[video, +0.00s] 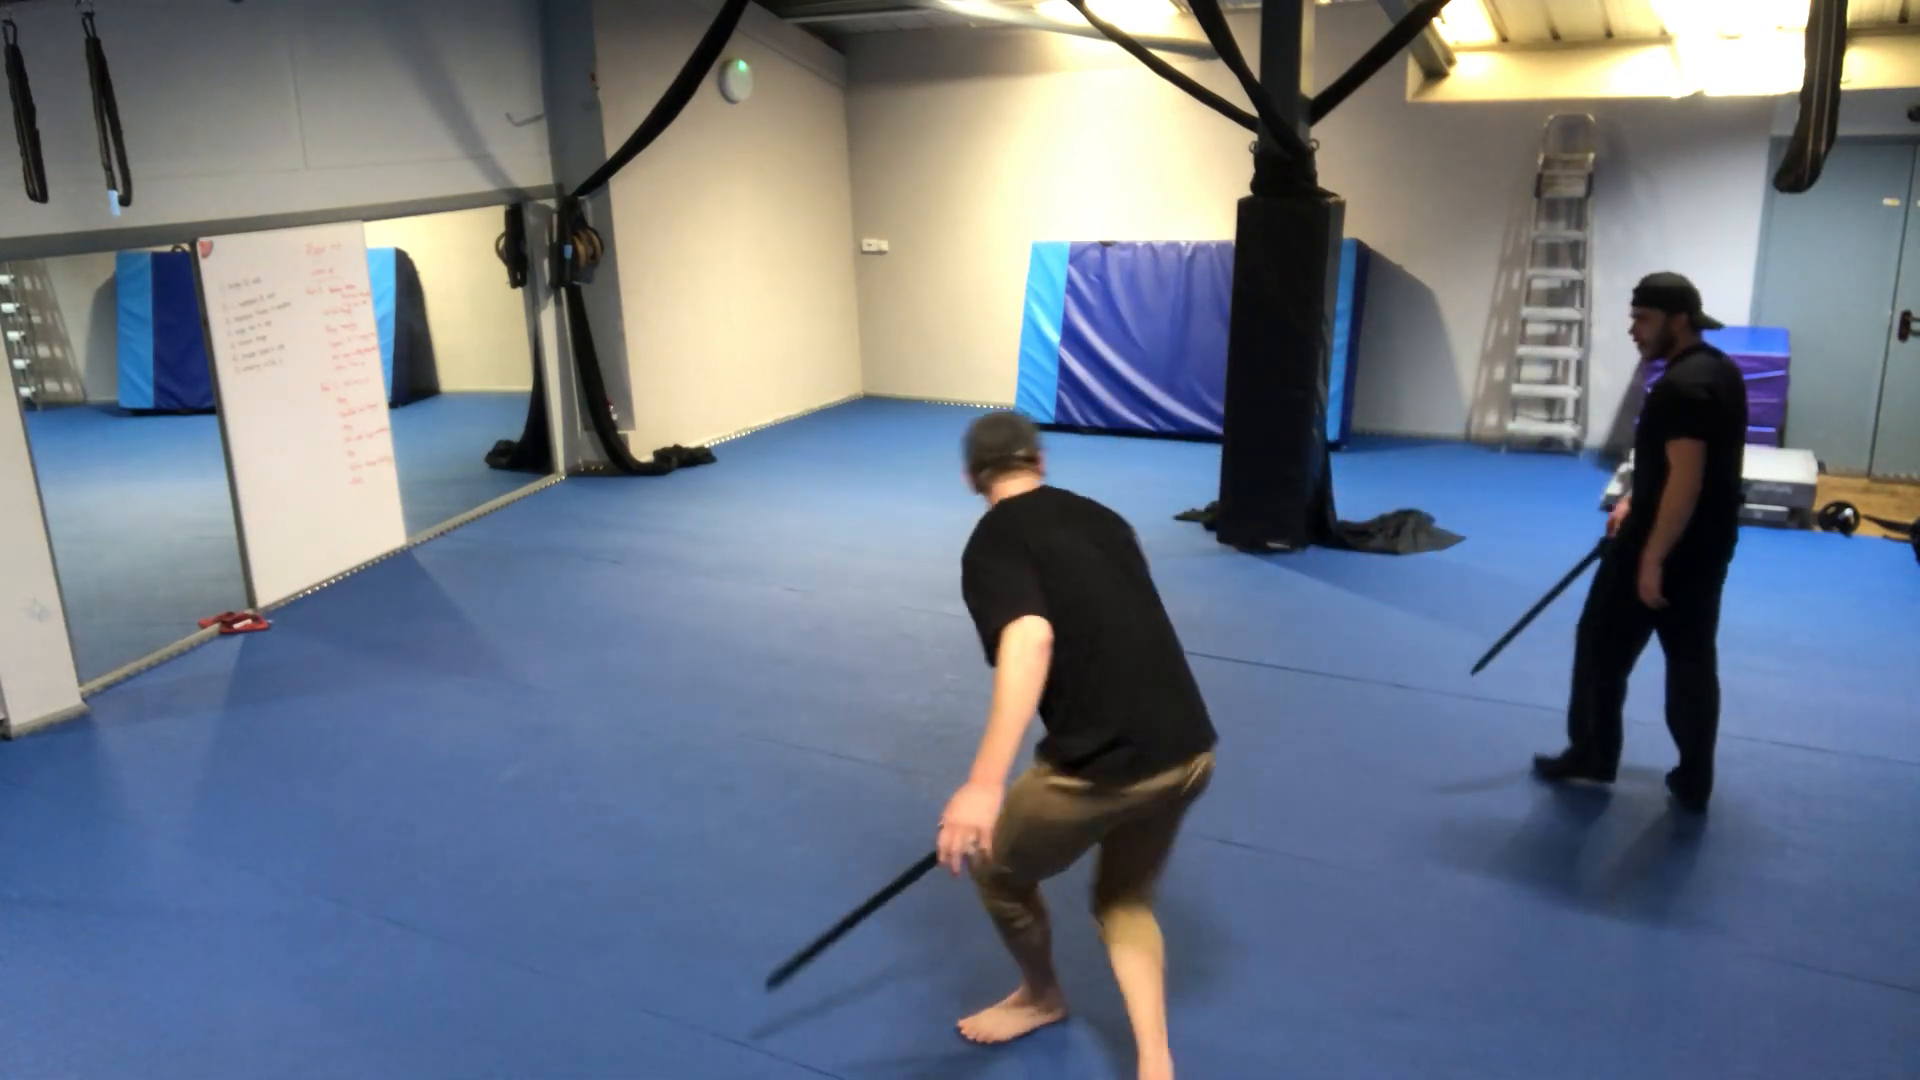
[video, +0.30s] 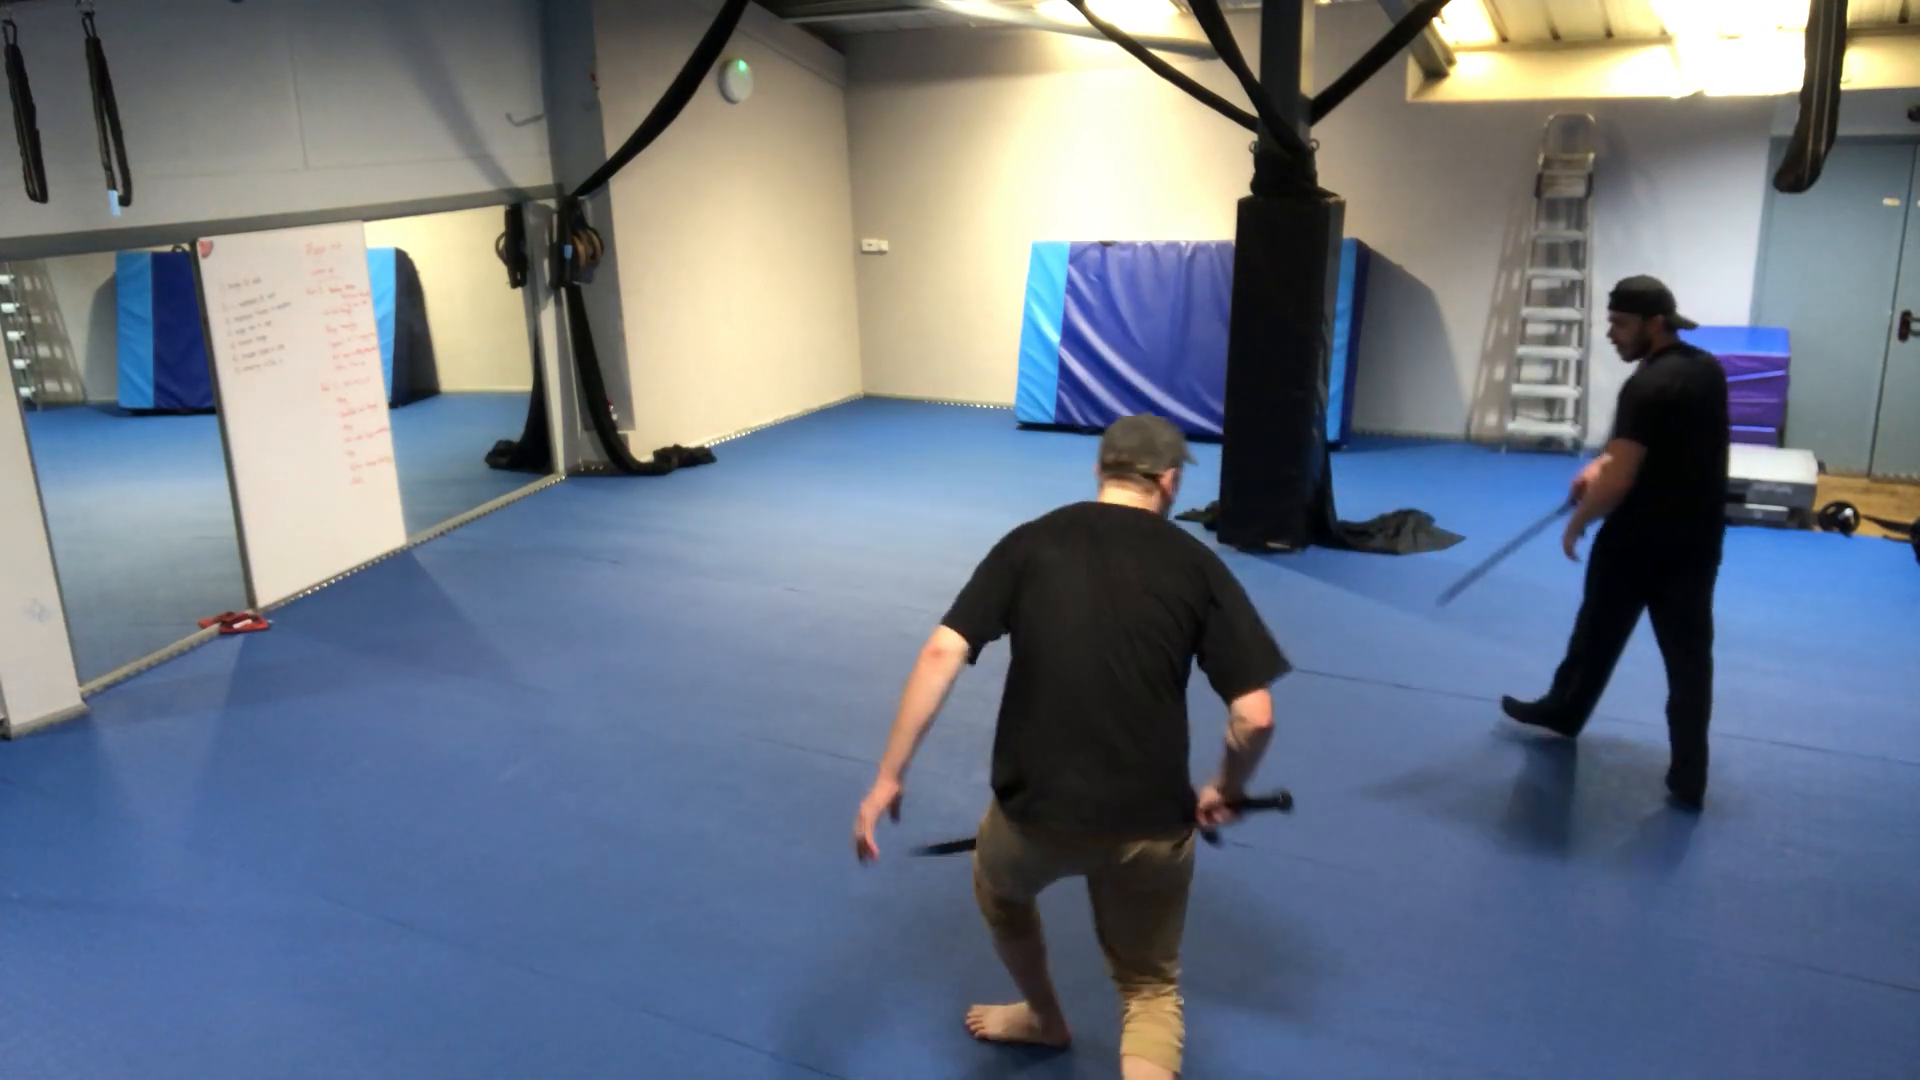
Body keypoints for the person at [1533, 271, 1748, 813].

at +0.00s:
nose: (1632, 329)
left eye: (1641, 319)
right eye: (1633, 318)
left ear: (1679, 320)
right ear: (1681, 322)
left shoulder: (1681, 385)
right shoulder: (1720, 372)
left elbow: (1684, 483)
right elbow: (1682, 461)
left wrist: (1652, 556)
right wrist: (1636, 499)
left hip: (1655, 540)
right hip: (1703, 542)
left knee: (1600, 643)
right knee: (1692, 665)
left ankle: (1592, 757)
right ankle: (1694, 781)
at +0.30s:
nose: (1611, 334)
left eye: (1618, 324)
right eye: (1611, 324)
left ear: (1654, 323)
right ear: (1661, 324)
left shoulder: (1647, 386)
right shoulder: (1706, 370)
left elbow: (1618, 481)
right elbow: (1668, 442)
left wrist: (1579, 521)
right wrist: (1603, 467)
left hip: (1636, 539)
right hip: (1693, 541)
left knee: (1598, 630)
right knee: (1690, 663)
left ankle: (1562, 712)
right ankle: (1688, 782)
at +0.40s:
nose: (1596, 335)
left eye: (1602, 325)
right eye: (1595, 325)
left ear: (1636, 323)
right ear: (1644, 323)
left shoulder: (1627, 389)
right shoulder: (1692, 367)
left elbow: (1587, 471)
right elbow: (1653, 436)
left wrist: (1562, 497)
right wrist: (1587, 444)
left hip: (1618, 536)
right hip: (1675, 536)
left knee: (1588, 628)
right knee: (1682, 655)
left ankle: (1558, 711)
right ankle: (1688, 779)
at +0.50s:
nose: (1578, 332)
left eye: (1585, 322)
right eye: (1578, 321)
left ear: (1617, 321)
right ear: (1628, 320)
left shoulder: (1607, 384)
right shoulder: (1674, 359)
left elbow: (1553, 471)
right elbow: (1628, 413)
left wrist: (1552, 438)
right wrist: (1569, 411)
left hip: (1596, 526)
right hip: (1655, 525)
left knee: (1574, 623)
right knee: (1665, 637)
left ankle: (1557, 711)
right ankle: (1685, 767)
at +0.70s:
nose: (1547, 323)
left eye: (1552, 314)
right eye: (1546, 314)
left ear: (1585, 313)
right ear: (1596, 313)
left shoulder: (1569, 374)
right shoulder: (1640, 345)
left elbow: (1515, 438)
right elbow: (1591, 358)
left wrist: (1524, 394)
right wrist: (1539, 362)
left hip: (1567, 499)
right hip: (1622, 495)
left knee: (1550, 606)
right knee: (1610, 590)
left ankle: (1553, 711)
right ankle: (1643, 703)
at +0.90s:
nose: (1524, 321)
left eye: (1530, 311)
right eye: (1523, 310)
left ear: (1561, 310)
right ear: (1570, 310)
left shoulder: (1545, 368)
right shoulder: (1613, 339)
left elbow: (1479, 423)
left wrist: (1501, 374)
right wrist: (1527, 353)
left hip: (1546, 498)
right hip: (1594, 493)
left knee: (1537, 599)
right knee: (1573, 581)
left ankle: (1549, 709)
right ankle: (1569, 678)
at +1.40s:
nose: (1491, 310)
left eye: (1498, 302)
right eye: (1488, 301)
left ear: (1528, 299)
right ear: (1535, 299)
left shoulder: (1510, 351)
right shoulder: (1563, 328)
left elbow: (1451, 402)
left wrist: (1471, 357)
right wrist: (1491, 335)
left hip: (1505, 473)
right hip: (1538, 466)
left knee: (1510, 577)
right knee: (1502, 564)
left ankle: (1546, 697)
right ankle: (1492, 650)